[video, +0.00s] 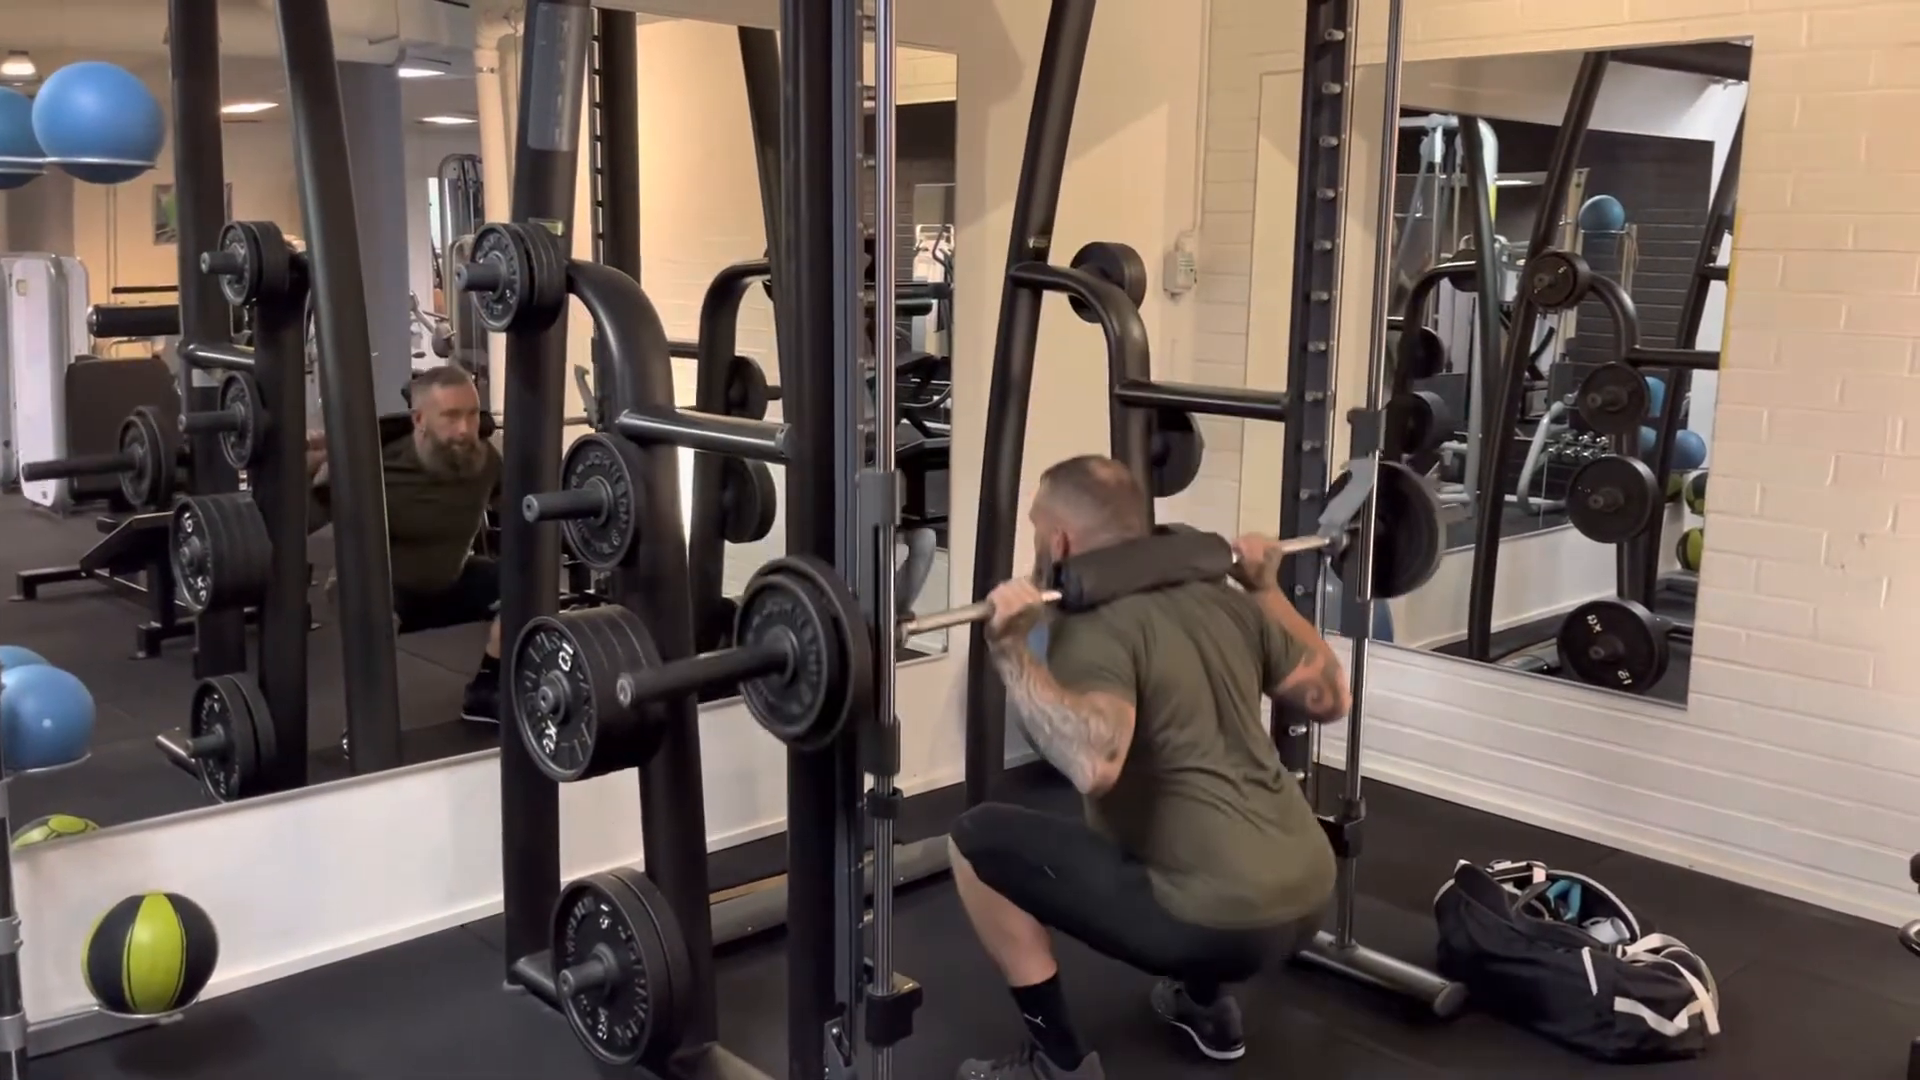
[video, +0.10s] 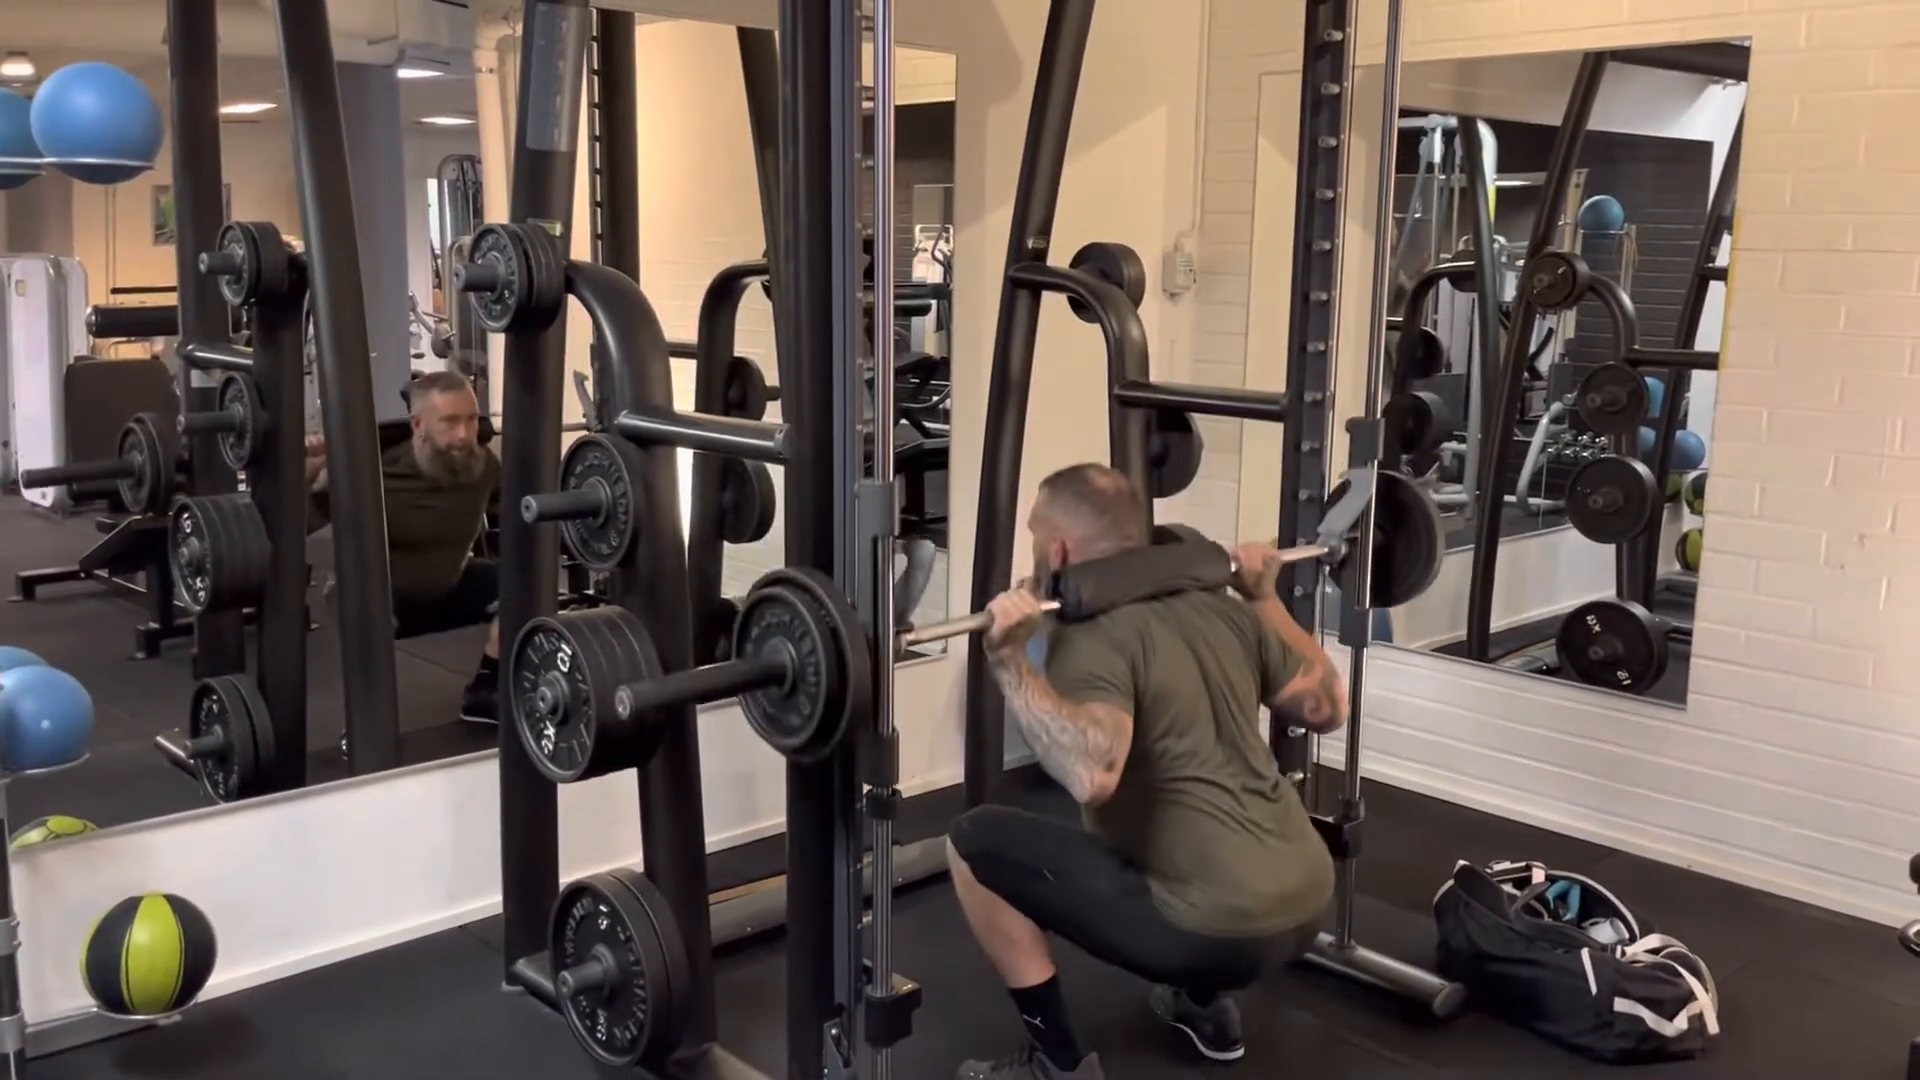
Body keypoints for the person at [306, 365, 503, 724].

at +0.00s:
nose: (465, 429)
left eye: (473, 415)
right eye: (451, 416)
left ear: (481, 414)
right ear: (419, 419)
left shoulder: (488, 464)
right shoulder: (375, 474)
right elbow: (296, 525)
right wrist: (300, 477)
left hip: (451, 584)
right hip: (385, 590)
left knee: (521, 577)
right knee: (368, 612)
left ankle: (489, 685)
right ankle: (366, 723)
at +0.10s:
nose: (464, 435)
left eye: (472, 420)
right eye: (450, 422)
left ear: (480, 419)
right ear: (418, 425)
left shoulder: (486, 469)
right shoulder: (374, 479)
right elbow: (296, 527)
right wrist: (302, 481)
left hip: (449, 589)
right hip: (383, 598)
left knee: (521, 577)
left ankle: (488, 686)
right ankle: (364, 723)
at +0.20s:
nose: (463, 430)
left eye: (470, 416)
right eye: (449, 418)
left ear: (478, 415)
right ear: (417, 420)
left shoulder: (485, 466)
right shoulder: (371, 476)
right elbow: (293, 528)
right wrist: (299, 478)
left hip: (447, 584)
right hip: (379, 592)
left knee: (520, 580)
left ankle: (486, 689)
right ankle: (361, 725)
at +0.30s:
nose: (461, 416)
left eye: (468, 401)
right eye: (448, 403)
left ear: (476, 401)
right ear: (415, 406)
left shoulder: (484, 451)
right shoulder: (373, 464)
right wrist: (299, 469)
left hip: (445, 575)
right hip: (378, 583)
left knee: (516, 578)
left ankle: (485, 690)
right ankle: (359, 722)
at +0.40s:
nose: (459, 393)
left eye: (466, 379)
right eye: (445, 380)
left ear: (474, 380)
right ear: (413, 385)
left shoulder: (481, 433)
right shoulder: (370, 440)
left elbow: (520, 470)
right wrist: (300, 440)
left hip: (443, 558)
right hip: (374, 565)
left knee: (515, 578)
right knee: (359, 612)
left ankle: (484, 692)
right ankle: (359, 724)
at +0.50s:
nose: (458, 367)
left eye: (465, 353)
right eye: (444, 354)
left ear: (473, 354)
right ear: (411, 360)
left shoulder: (478, 410)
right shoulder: (374, 414)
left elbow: (508, 450)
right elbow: (292, 466)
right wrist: (296, 414)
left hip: (441, 541)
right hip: (373, 545)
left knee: (517, 579)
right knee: (364, 609)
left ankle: (484, 691)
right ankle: (359, 721)